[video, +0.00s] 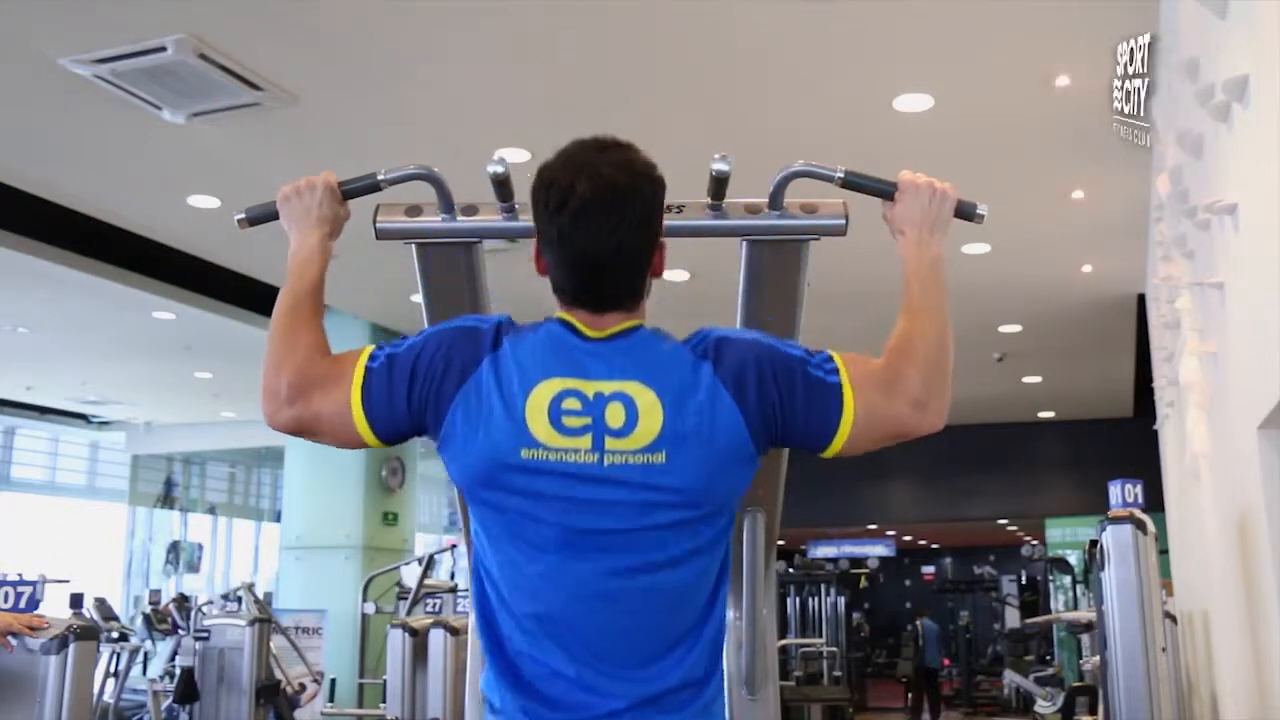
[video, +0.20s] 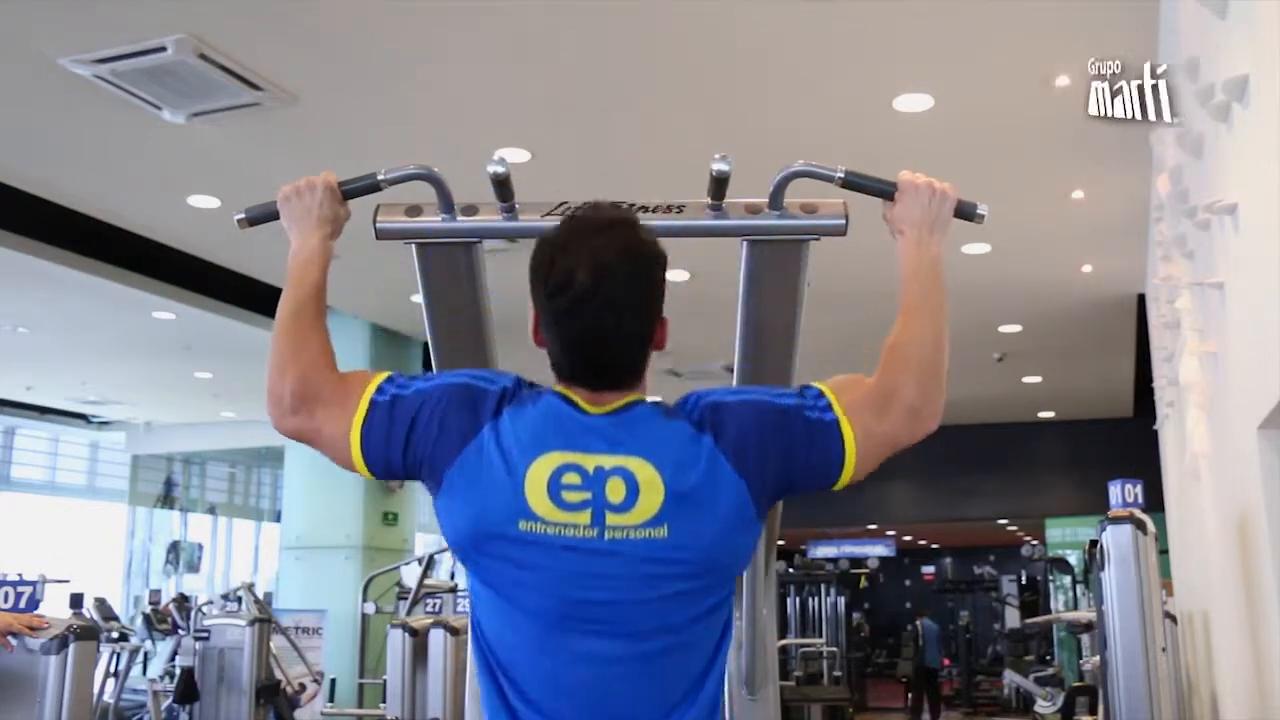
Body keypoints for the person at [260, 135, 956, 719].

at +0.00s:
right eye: (661, 237)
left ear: (539, 259)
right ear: (660, 260)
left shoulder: (469, 367)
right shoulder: (731, 379)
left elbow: (289, 397)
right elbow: (918, 398)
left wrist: (307, 244)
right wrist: (925, 243)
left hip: (523, 703)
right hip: (681, 705)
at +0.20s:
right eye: (662, 304)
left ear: (536, 328)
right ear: (661, 331)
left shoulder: (470, 427)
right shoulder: (731, 443)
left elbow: (298, 401)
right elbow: (909, 404)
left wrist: (309, 244)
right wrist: (923, 242)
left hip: (521, 709)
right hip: (684, 712)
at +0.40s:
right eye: (663, 378)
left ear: (532, 397)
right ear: (661, 407)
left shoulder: (471, 493)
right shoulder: (726, 510)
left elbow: (313, 402)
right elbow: (885, 406)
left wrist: (310, 242)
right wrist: (920, 243)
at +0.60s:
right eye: (662, 437)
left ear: (537, 463)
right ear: (664, 465)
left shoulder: (484, 547)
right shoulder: (724, 567)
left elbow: (340, 407)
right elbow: (856, 404)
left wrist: (313, 244)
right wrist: (912, 250)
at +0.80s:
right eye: (663, 422)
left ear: (541, 450)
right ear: (666, 452)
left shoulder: (481, 537)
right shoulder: (726, 549)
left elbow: (337, 408)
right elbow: (868, 411)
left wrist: (314, 245)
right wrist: (915, 249)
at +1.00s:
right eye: (658, 328)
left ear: (536, 356)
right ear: (659, 357)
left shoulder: (473, 464)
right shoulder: (728, 463)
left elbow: (310, 405)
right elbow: (903, 410)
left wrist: (310, 243)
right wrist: (920, 246)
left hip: (522, 709)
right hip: (682, 708)